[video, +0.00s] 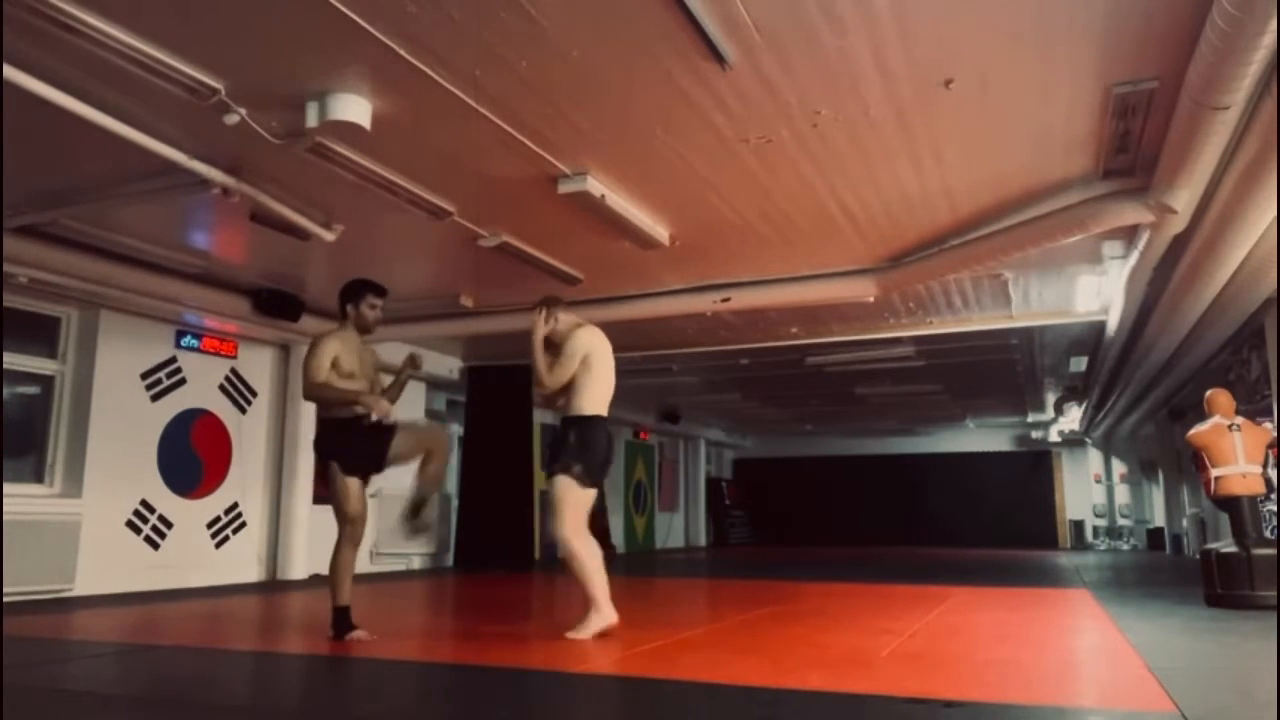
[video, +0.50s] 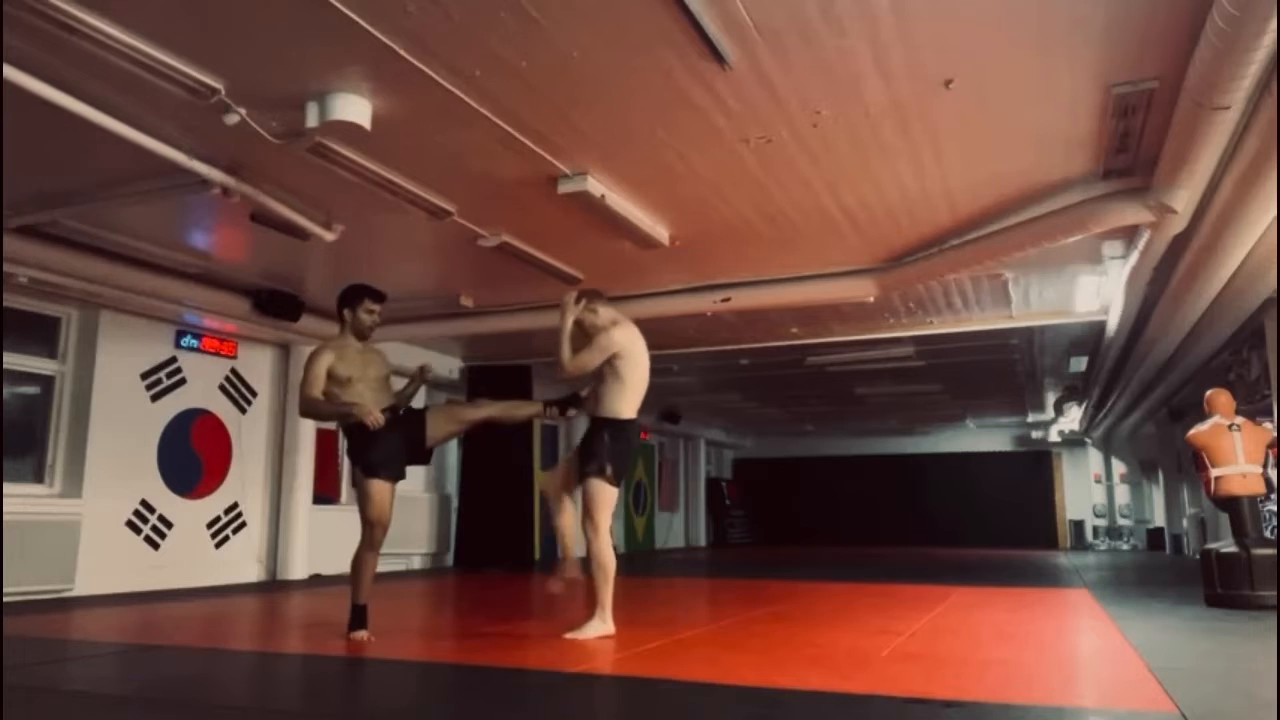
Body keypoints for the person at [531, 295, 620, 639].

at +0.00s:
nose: (546, 336)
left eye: (545, 330)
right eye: (544, 330)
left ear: (554, 318)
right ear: (562, 314)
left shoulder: (581, 336)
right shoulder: (592, 339)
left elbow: (548, 382)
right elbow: (560, 397)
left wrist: (537, 339)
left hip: (582, 433)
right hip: (591, 433)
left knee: (568, 528)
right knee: (576, 529)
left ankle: (602, 609)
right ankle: (602, 608)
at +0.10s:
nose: (547, 335)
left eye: (545, 329)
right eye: (545, 330)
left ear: (554, 317)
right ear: (562, 313)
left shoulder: (581, 333)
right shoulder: (593, 337)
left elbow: (548, 381)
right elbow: (566, 397)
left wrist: (536, 340)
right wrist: (541, 394)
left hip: (590, 432)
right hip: (589, 431)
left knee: (590, 530)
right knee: (548, 497)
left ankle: (607, 618)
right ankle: (575, 573)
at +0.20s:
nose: (550, 335)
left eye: (548, 328)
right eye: (547, 329)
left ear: (556, 317)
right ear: (564, 312)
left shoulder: (585, 333)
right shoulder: (595, 335)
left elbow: (547, 377)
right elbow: (580, 397)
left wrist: (536, 333)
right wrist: (551, 414)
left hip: (598, 432)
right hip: (591, 430)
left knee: (593, 528)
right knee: (540, 456)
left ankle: (605, 617)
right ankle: (542, 538)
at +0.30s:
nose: (554, 328)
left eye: (553, 322)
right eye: (552, 322)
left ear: (562, 313)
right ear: (571, 308)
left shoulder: (590, 332)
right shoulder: (599, 334)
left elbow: (548, 371)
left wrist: (543, 327)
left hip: (600, 431)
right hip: (593, 428)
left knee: (595, 528)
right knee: (537, 444)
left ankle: (604, 616)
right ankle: (530, 523)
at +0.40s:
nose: (566, 331)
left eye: (564, 325)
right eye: (562, 326)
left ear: (574, 314)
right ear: (581, 307)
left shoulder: (599, 334)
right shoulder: (609, 332)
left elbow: (555, 369)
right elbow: (603, 387)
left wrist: (552, 325)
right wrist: (574, 401)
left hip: (605, 434)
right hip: (598, 430)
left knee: (596, 528)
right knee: (543, 459)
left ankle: (604, 617)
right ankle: (534, 537)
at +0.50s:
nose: (586, 329)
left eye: (585, 322)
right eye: (583, 324)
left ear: (594, 311)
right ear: (601, 308)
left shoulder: (617, 334)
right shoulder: (625, 333)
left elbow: (569, 366)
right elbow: (606, 391)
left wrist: (566, 321)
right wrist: (572, 405)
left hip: (612, 434)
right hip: (602, 431)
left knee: (597, 527)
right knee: (554, 484)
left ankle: (604, 618)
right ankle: (570, 563)